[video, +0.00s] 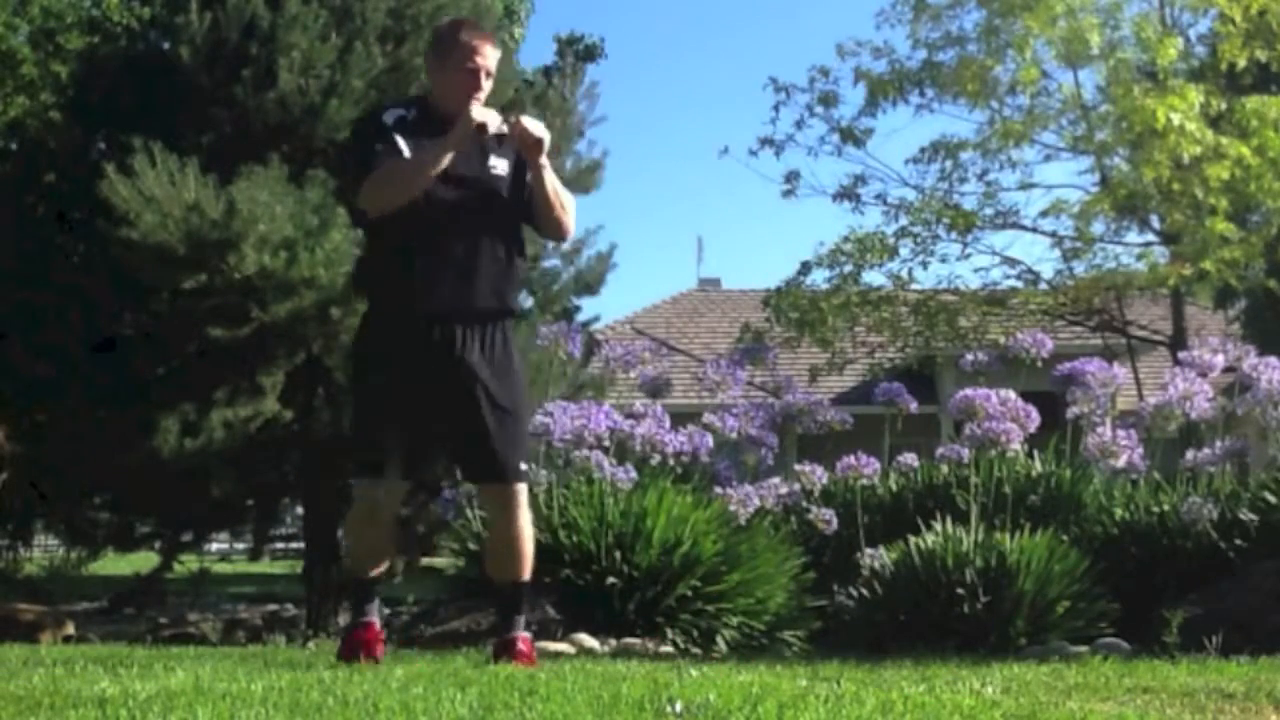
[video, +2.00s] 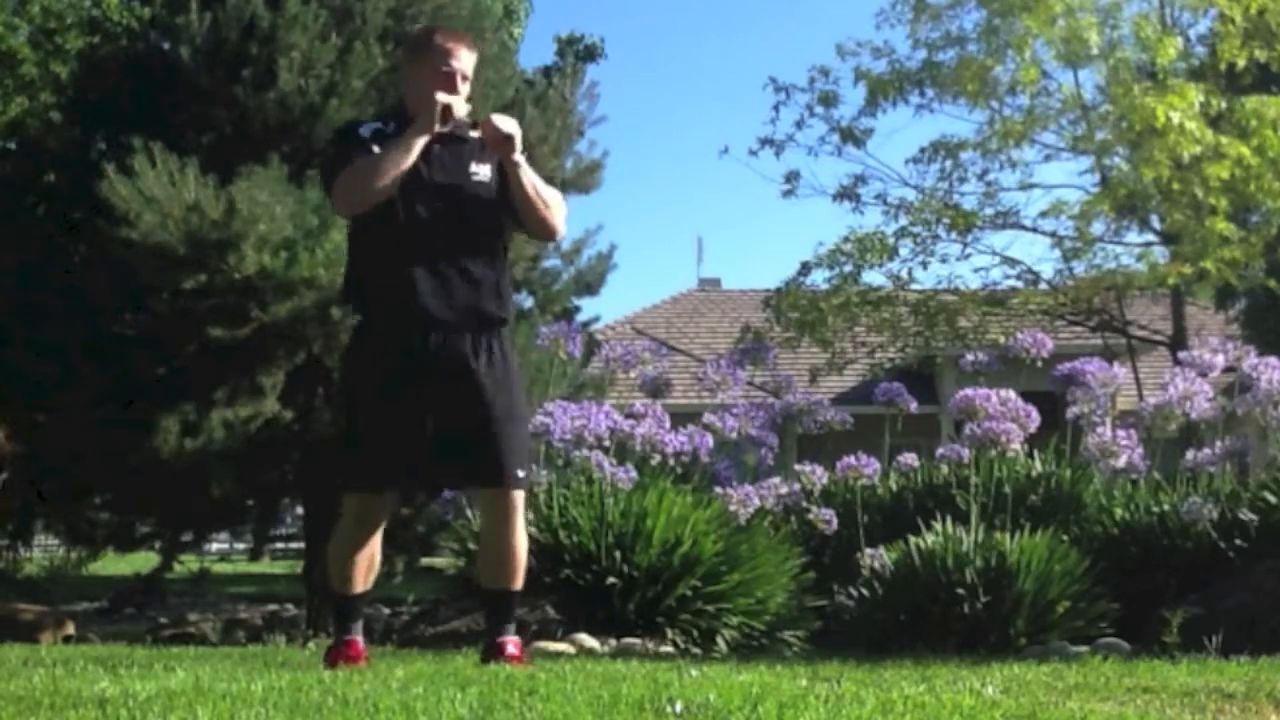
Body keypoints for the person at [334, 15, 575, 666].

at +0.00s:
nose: (476, 81)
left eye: (486, 74)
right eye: (466, 68)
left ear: (496, 82)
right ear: (432, 64)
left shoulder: (511, 144)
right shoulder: (390, 127)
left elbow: (561, 228)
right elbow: (372, 200)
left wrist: (537, 161)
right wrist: (453, 139)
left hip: (487, 334)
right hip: (401, 332)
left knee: (507, 488)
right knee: (380, 490)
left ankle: (513, 633)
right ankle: (364, 620)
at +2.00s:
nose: (453, 86)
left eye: (463, 78)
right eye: (442, 73)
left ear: (472, 87)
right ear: (406, 71)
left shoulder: (494, 151)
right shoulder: (367, 141)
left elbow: (551, 225)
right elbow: (349, 200)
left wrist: (514, 161)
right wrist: (422, 132)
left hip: (481, 344)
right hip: (390, 343)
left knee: (506, 492)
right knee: (369, 499)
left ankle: (502, 637)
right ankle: (348, 636)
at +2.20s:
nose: (475, 90)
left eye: (484, 82)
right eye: (463, 78)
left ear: (491, 91)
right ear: (425, 80)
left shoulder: (510, 156)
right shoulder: (385, 148)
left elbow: (565, 234)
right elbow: (372, 211)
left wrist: (533, 167)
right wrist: (447, 143)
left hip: (506, 347)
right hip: (417, 351)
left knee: (579, 462)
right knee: (380, 507)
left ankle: (548, 607)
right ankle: (351, 641)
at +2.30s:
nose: (501, 86)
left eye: (510, 78)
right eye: (488, 74)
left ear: (520, 86)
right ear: (451, 76)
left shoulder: (535, 148)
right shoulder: (412, 143)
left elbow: (593, 227)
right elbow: (404, 203)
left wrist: (564, 157)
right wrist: (476, 136)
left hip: (531, 348)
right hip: (439, 353)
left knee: (609, 458)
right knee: (394, 504)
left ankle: (622, 618)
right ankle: (355, 631)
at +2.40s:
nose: (536, 110)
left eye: (543, 101)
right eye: (521, 98)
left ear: (550, 110)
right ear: (481, 101)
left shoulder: (568, 177)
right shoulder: (440, 164)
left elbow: (634, 240)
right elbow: (453, 212)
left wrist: (604, 164)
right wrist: (525, 147)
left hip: (553, 375)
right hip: (459, 376)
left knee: (626, 490)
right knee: (404, 518)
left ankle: (708, 618)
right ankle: (360, 637)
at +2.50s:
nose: (578, 128)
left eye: (584, 118)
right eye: (562, 115)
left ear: (595, 130)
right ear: (521, 126)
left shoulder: (611, 207)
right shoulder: (498, 191)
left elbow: (684, 237)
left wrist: (651, 163)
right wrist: (603, 141)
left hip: (593, 402)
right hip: (501, 398)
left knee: (677, 512)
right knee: (421, 531)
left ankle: (725, 646)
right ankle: (364, 640)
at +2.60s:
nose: (628, 112)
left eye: (631, 104)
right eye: (613, 101)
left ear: (634, 116)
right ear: (570, 114)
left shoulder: (635, 180)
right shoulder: (573, 178)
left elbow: (706, 215)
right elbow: (666, 175)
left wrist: (683, 140)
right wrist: (668, 107)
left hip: (658, 385)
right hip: (582, 388)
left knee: (746, 495)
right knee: (499, 533)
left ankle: (750, 642)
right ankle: (388, 623)